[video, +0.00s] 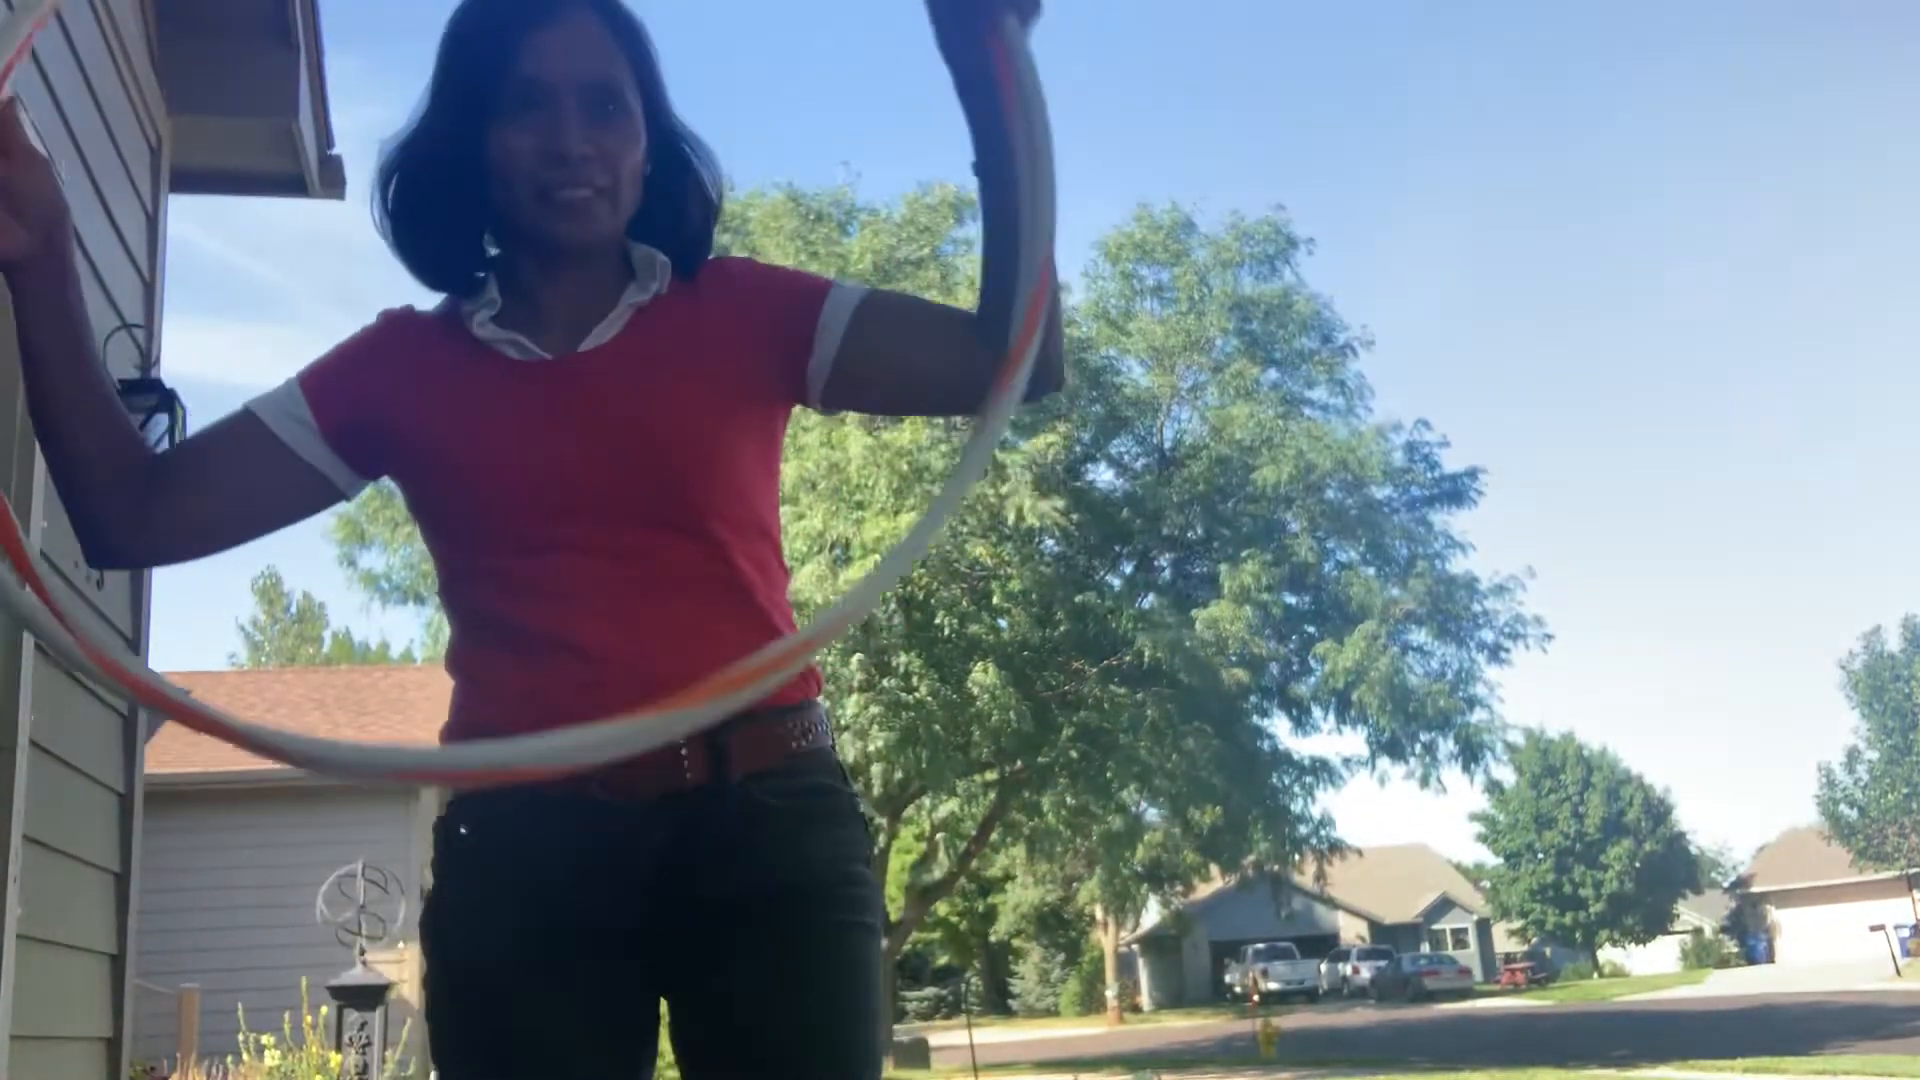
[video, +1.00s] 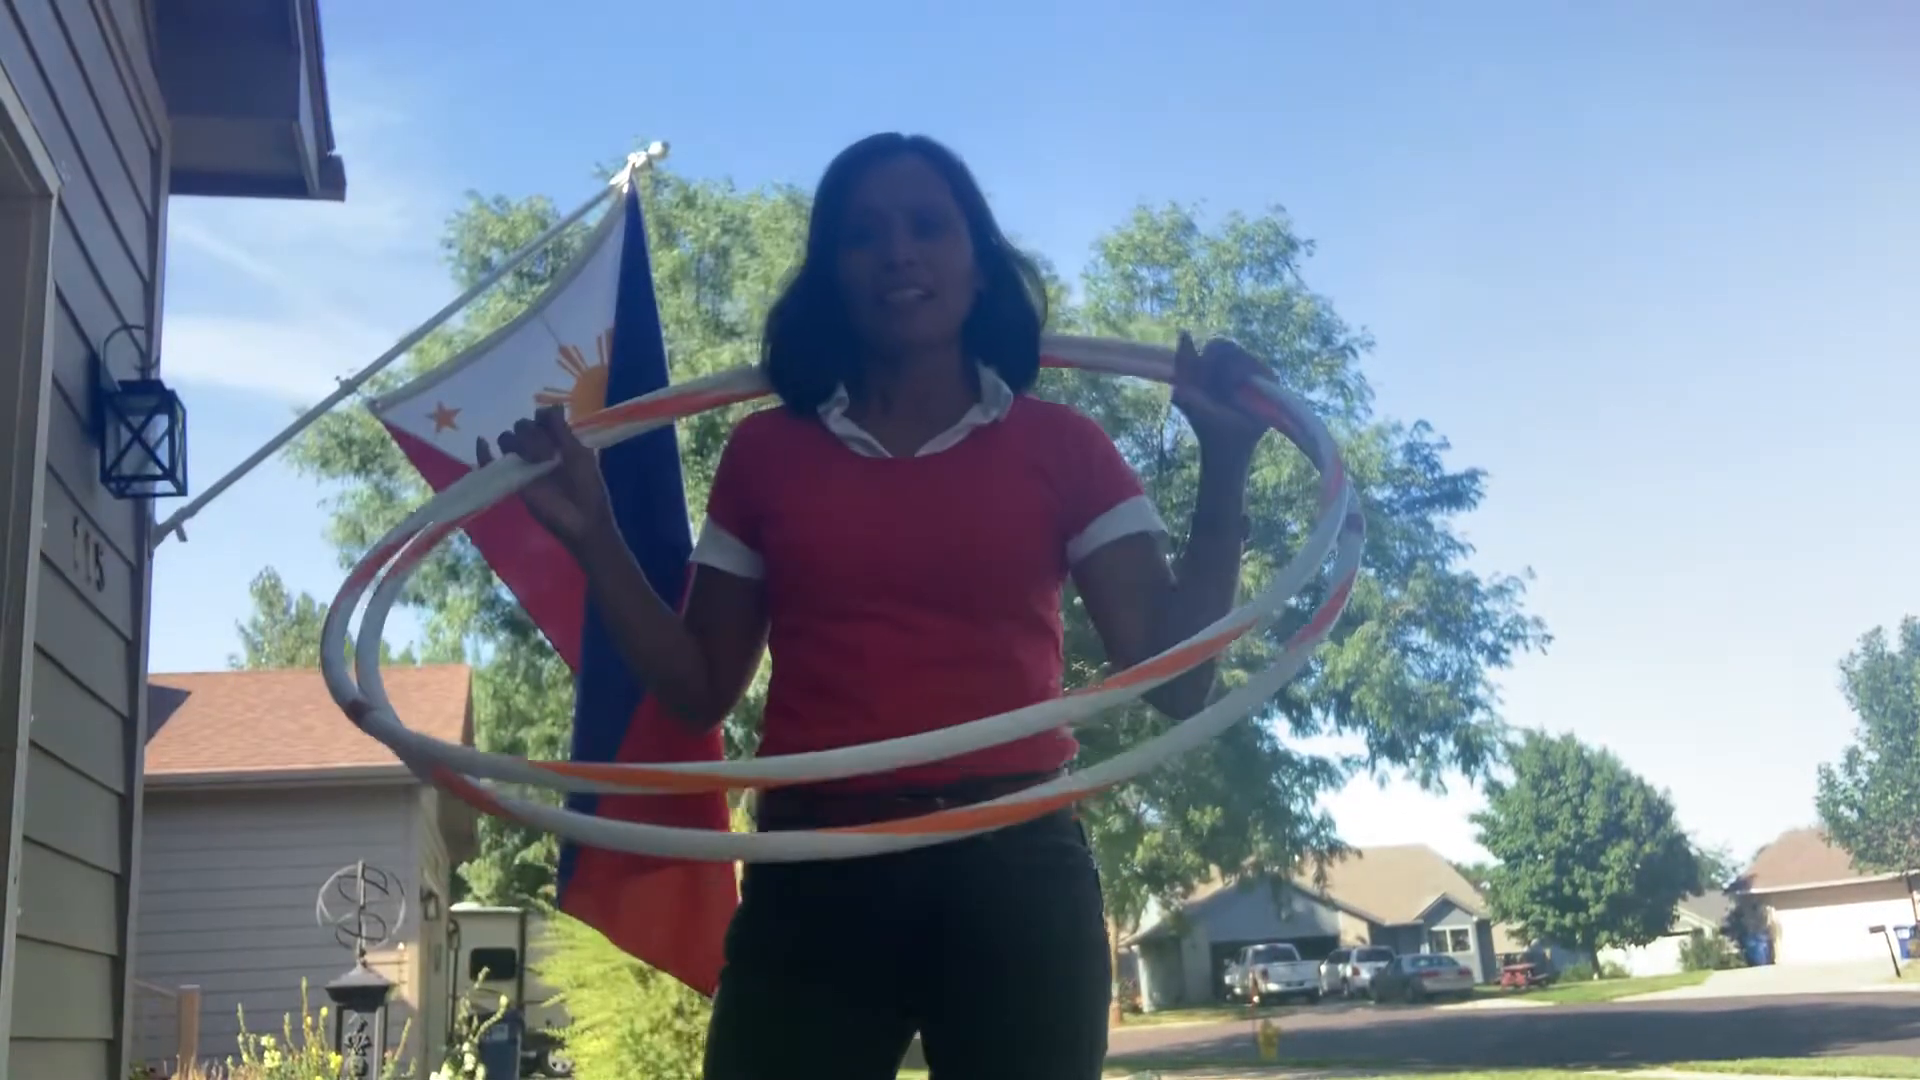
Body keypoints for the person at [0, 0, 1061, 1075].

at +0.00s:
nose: (572, 141)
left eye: (606, 104)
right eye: (528, 107)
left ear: (653, 136)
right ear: (469, 146)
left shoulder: (742, 315)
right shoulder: (401, 371)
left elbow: (1020, 360)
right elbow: (132, 518)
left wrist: (1000, 79)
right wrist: (37, 260)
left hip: (770, 829)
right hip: (528, 849)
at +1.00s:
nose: (897, 257)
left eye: (927, 228)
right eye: (864, 236)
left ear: (978, 257)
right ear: (830, 273)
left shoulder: (1057, 444)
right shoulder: (770, 452)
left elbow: (1166, 667)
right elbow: (698, 689)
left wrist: (1226, 460)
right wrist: (591, 532)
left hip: (1014, 865)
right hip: (816, 872)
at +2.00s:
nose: (778, 250)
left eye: (810, 220)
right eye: (750, 232)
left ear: (877, 249)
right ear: (726, 279)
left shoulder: (965, 408)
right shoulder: (711, 474)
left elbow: (1078, 632)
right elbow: (700, 731)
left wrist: (1018, 396)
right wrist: (565, 583)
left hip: (972, 860)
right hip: (771, 869)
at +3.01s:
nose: (743, 261)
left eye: (771, 238)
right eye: (712, 249)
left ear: (829, 280)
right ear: (680, 298)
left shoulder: (909, 454)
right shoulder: (636, 491)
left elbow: (932, 698)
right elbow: (569, 730)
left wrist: (841, 887)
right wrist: (611, 754)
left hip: (874, 877)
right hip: (670, 878)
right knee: (590, 1063)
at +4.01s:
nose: (697, 219)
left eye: (728, 200)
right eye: (662, 207)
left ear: (781, 254)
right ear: (626, 261)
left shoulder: (869, 416)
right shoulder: (581, 480)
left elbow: (934, 668)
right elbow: (563, 730)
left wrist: (870, 878)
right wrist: (542, 975)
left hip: (876, 866)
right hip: (665, 880)